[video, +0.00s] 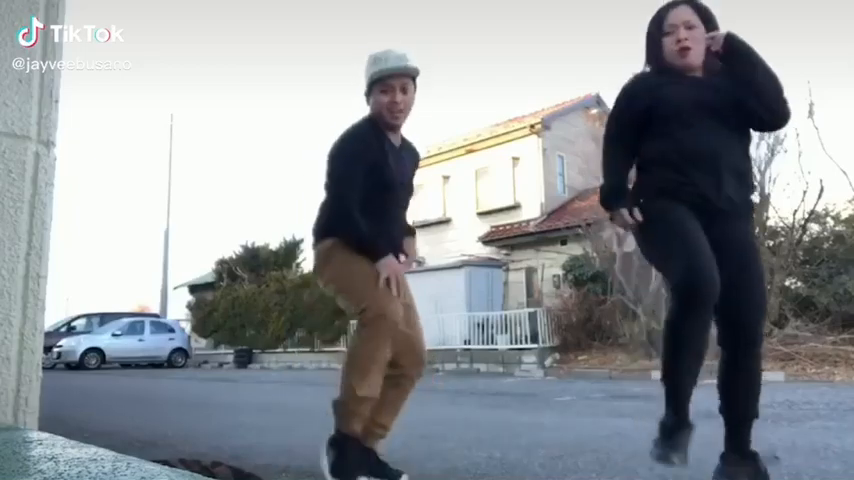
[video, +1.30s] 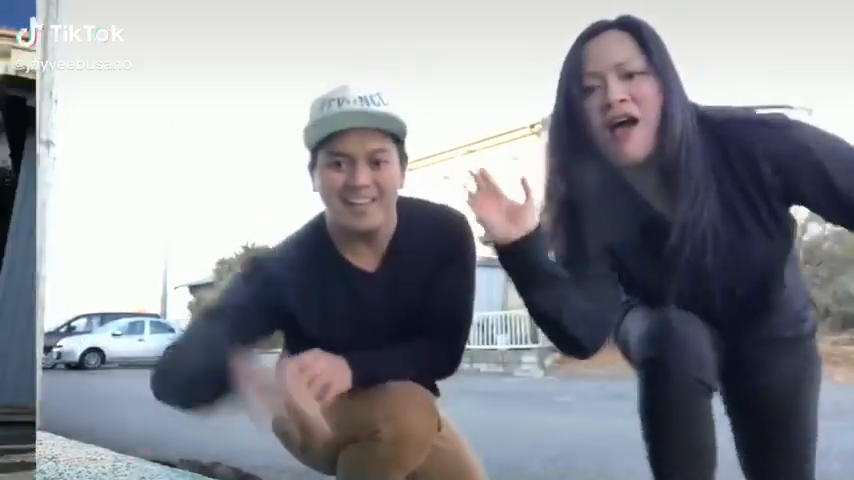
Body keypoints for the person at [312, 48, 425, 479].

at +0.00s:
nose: (397, 99)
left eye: (405, 90)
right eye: (386, 90)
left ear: (414, 95)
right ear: (369, 96)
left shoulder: (408, 154)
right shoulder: (354, 143)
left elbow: (394, 207)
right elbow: (343, 211)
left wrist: (405, 241)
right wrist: (381, 253)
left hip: (384, 256)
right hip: (339, 249)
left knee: (410, 353)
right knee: (382, 312)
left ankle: (366, 447)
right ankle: (345, 439)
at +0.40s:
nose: (395, 108)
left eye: (406, 96)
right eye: (381, 97)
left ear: (420, 102)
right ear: (361, 104)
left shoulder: (431, 169)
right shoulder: (336, 158)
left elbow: (431, 246)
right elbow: (316, 253)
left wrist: (402, 259)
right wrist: (375, 292)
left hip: (381, 300)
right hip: (315, 288)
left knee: (430, 415)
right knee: (361, 335)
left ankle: (372, 440)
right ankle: (344, 470)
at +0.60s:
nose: (370, 116)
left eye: (384, 101)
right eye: (354, 102)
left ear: (403, 110)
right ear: (334, 111)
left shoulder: (433, 174)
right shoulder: (298, 180)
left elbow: (438, 271)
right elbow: (289, 285)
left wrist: (374, 271)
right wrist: (365, 294)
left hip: (395, 323)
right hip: (308, 318)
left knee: (422, 469)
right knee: (359, 339)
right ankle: (345, 474)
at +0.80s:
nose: (350, 146)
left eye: (366, 129)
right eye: (333, 130)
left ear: (391, 138)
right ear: (312, 142)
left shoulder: (435, 202)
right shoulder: (284, 228)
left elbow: (437, 313)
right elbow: (278, 338)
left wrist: (341, 294)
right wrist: (343, 317)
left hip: (405, 373)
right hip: (309, 371)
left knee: (447, 471)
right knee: (368, 376)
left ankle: (380, 463)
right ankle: (354, 472)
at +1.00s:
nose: (356, 180)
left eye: (374, 162)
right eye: (338, 162)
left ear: (401, 171)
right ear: (316, 173)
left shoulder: (443, 234)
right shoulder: (285, 269)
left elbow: (436, 352)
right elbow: (267, 391)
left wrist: (341, 334)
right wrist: (344, 368)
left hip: (412, 398)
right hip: (311, 408)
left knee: (464, 472)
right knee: (398, 415)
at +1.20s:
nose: (363, 185)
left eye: (381, 166)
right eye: (343, 167)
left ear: (406, 174)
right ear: (319, 179)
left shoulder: (446, 236)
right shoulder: (290, 273)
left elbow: (442, 356)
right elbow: (214, 403)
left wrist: (347, 365)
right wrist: (304, 410)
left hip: (410, 410)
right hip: (313, 420)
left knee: (466, 473)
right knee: (400, 415)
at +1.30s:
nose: (359, 180)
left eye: (377, 162)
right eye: (338, 163)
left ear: (402, 171)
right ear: (314, 176)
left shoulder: (445, 234)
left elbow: (443, 352)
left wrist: (351, 367)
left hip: (415, 409)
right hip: (314, 415)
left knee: (465, 471)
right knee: (408, 412)